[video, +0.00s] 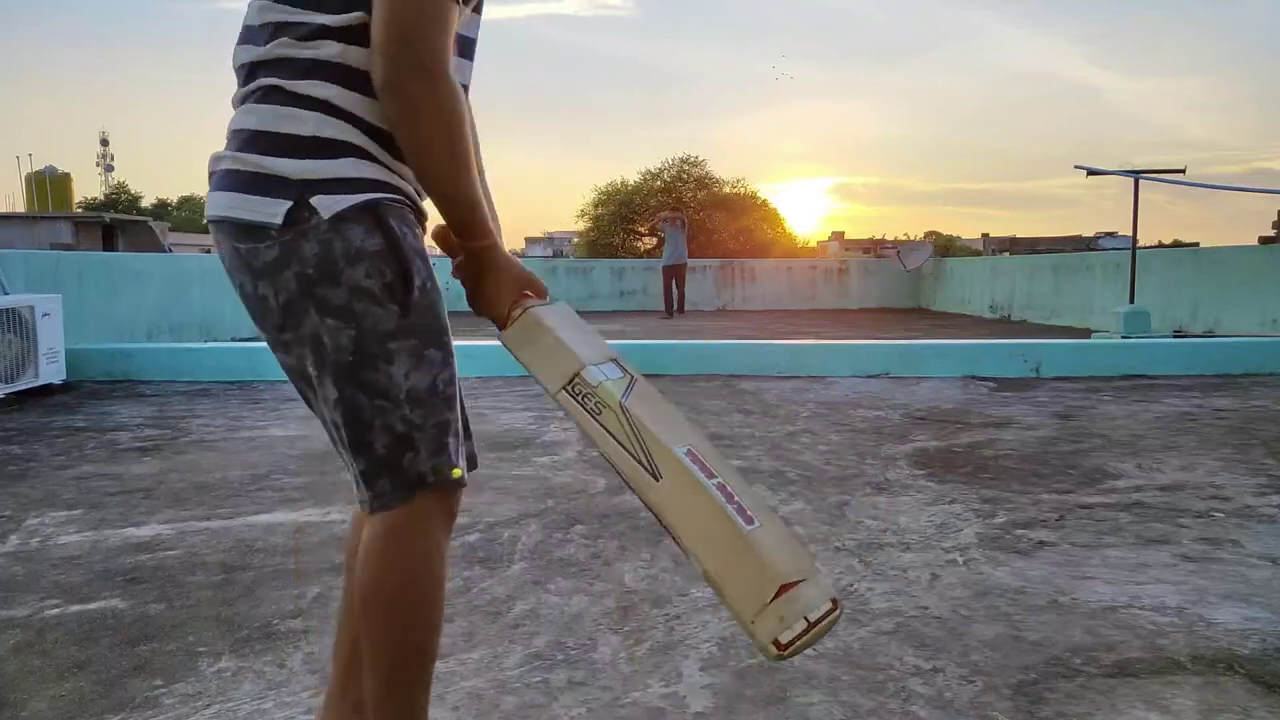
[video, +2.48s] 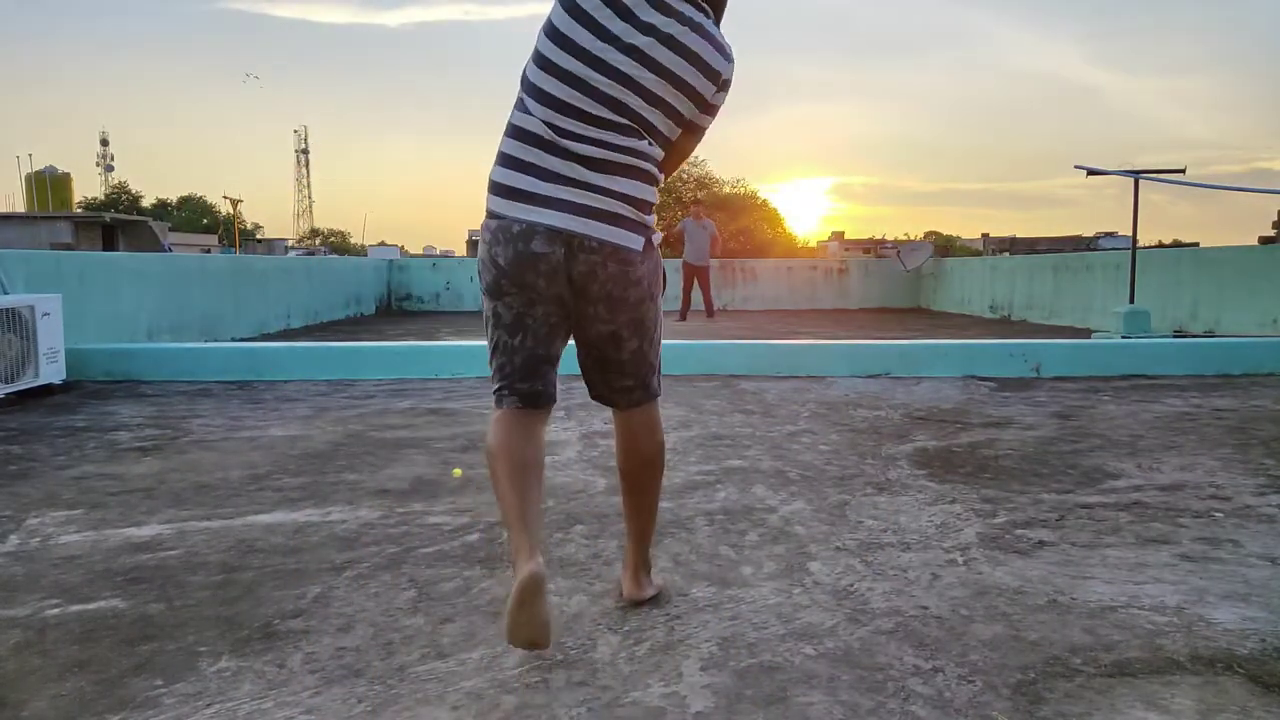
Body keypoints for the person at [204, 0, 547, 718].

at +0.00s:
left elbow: (436, 85)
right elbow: (412, 74)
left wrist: (483, 250)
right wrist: (483, 251)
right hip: (327, 197)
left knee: (393, 484)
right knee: (422, 484)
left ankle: (348, 705)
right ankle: (389, 707)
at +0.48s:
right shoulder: (502, 3)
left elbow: (430, 186)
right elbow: (445, 190)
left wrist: (448, 338)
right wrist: (464, 351)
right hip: (295, 225)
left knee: (433, 474)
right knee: (455, 481)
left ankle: (407, 694)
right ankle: (400, 705)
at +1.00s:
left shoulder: (556, 21)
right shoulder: (538, 8)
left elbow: (477, 155)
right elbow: (397, 111)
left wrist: (519, 267)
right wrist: (473, 259)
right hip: (356, 251)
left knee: (472, 501)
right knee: (510, 494)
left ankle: (401, 699)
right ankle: (424, 704)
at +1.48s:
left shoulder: (500, 14)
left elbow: (562, 166)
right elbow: (563, 40)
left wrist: (649, 230)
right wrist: (632, 185)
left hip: (345, 237)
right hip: (436, 236)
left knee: (506, 463)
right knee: (513, 495)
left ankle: (548, 658)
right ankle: (423, 710)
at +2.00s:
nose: (687, 27)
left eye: (687, 19)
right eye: (690, 21)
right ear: (682, 7)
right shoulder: (665, 42)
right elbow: (652, 143)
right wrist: (645, 60)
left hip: (419, 207)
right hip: (545, 225)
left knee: (468, 449)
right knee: (586, 421)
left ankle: (527, 677)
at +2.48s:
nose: (725, 13)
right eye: (727, 9)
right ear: (718, 1)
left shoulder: (583, 1)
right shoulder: (715, 57)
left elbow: (551, 100)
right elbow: (665, 163)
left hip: (516, 222)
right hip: (613, 238)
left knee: (520, 395)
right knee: (634, 399)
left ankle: (526, 558)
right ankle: (636, 571)